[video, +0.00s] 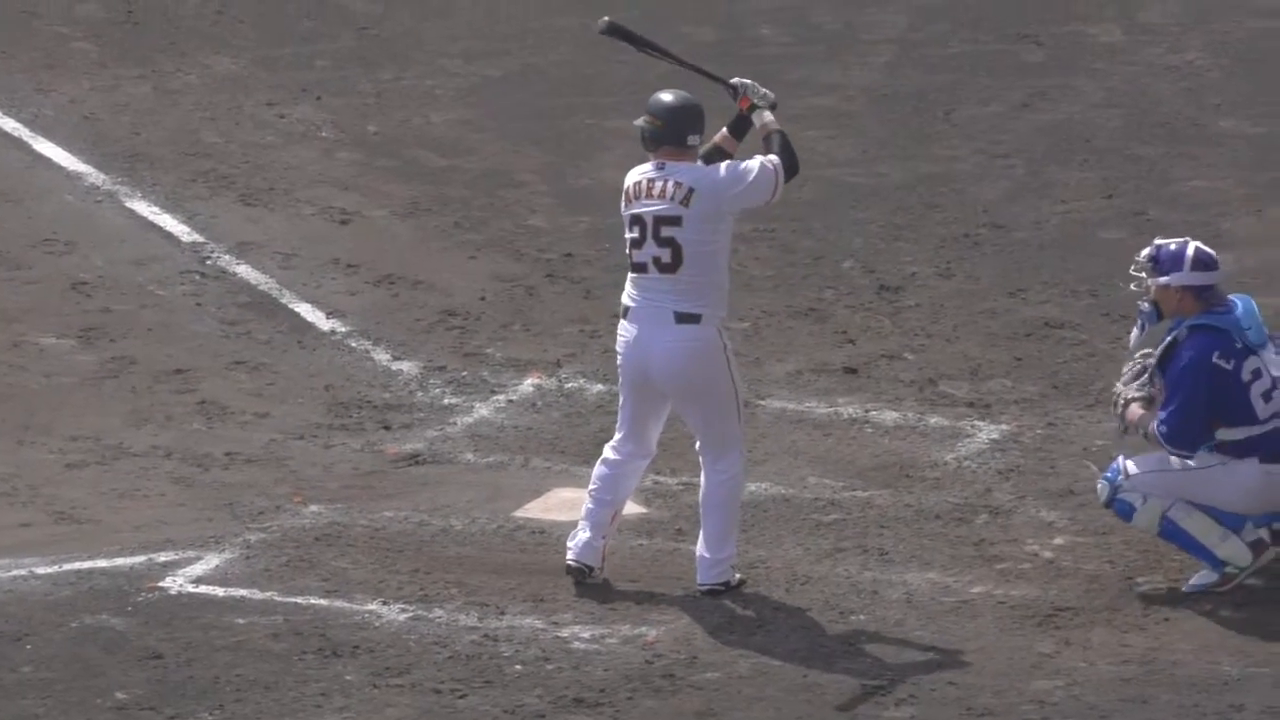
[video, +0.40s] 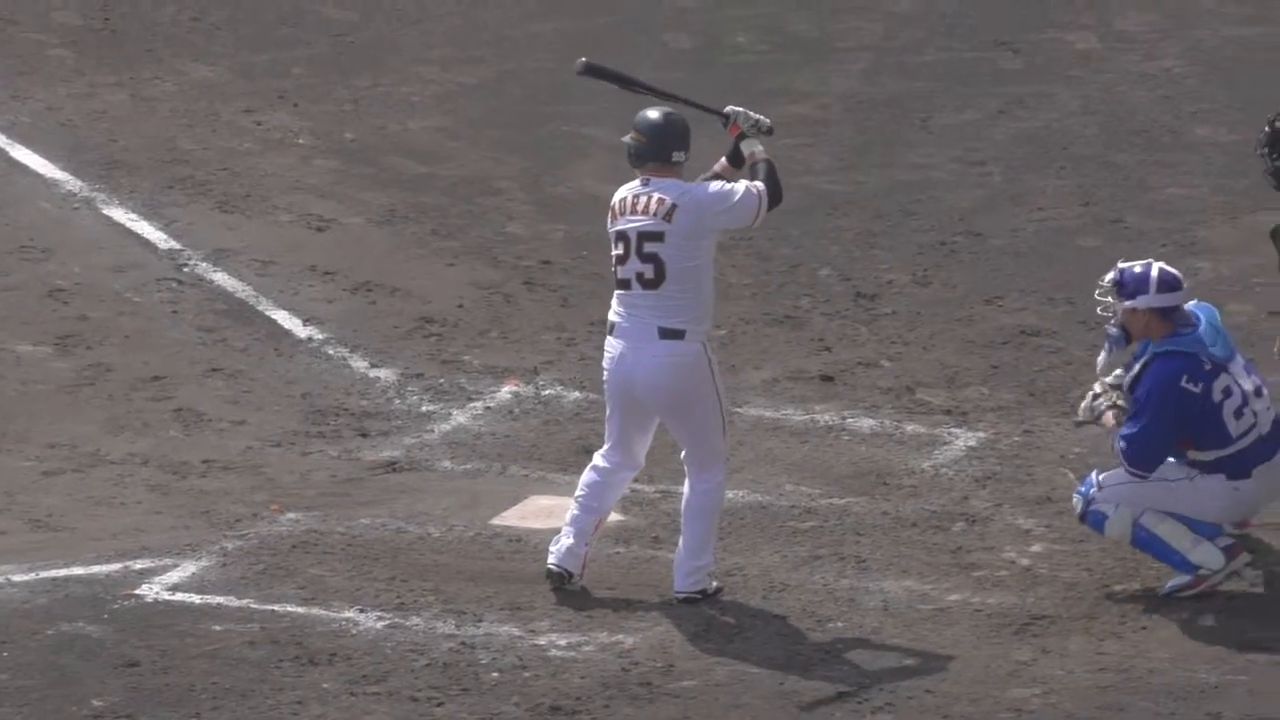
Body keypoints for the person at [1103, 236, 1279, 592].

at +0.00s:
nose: (1149, 292)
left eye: (1155, 285)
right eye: (1151, 284)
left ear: (1180, 293)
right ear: (1200, 290)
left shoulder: (1196, 352)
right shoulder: (1238, 313)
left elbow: (1179, 439)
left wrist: (1141, 417)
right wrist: (1158, 386)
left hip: (1258, 476)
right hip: (1269, 461)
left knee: (1120, 483)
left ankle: (1233, 557)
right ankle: (1254, 530)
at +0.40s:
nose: (1116, 314)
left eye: (1121, 307)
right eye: (1117, 305)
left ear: (1145, 314)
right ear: (1170, 305)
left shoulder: (1164, 375)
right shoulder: (1202, 316)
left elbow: (1139, 461)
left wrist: (1110, 417)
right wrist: (1126, 384)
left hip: (1237, 490)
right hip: (1270, 464)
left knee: (1094, 498)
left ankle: (1209, 561)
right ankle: (1228, 520)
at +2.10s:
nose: (1058, 337)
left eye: (1065, 330)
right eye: (1060, 329)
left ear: (1091, 338)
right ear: (1104, 334)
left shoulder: (1090, 389)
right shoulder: (1143, 349)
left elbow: (1018, 431)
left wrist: (969, 430)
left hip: (1194, 488)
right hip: (1226, 469)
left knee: (1060, 561)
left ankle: (1174, 577)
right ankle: (1195, 543)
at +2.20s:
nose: (1055, 338)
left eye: (1062, 331)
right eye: (1056, 330)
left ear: (1088, 338)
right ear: (1103, 336)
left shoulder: (1090, 386)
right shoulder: (1140, 350)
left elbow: (1016, 431)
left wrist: (966, 430)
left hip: (1181, 495)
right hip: (1219, 477)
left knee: (1056, 561)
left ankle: (1169, 576)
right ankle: (1193, 540)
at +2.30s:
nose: (1055, 335)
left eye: (1062, 329)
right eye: (1057, 328)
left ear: (1088, 336)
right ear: (1101, 335)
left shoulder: (1088, 387)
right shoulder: (1140, 349)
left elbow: (1010, 432)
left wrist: (955, 424)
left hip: (1173, 501)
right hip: (1211, 478)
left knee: (1054, 560)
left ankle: (1166, 575)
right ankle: (1192, 539)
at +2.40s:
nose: (1055, 336)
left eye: (1061, 329)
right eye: (1057, 328)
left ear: (1086, 336)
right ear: (1103, 333)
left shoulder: (1090, 386)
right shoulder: (1145, 350)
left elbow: (1011, 432)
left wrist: (957, 426)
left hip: (1175, 500)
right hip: (1216, 481)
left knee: (1055, 559)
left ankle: (1167, 574)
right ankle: (1193, 534)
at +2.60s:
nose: (1051, 337)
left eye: (1058, 331)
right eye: (1053, 329)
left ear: (1082, 339)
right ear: (1110, 331)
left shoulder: (1086, 390)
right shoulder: (1150, 353)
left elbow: (1006, 436)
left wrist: (954, 429)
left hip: (1167, 506)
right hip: (1212, 485)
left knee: (1052, 563)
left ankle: (1160, 577)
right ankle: (1189, 539)